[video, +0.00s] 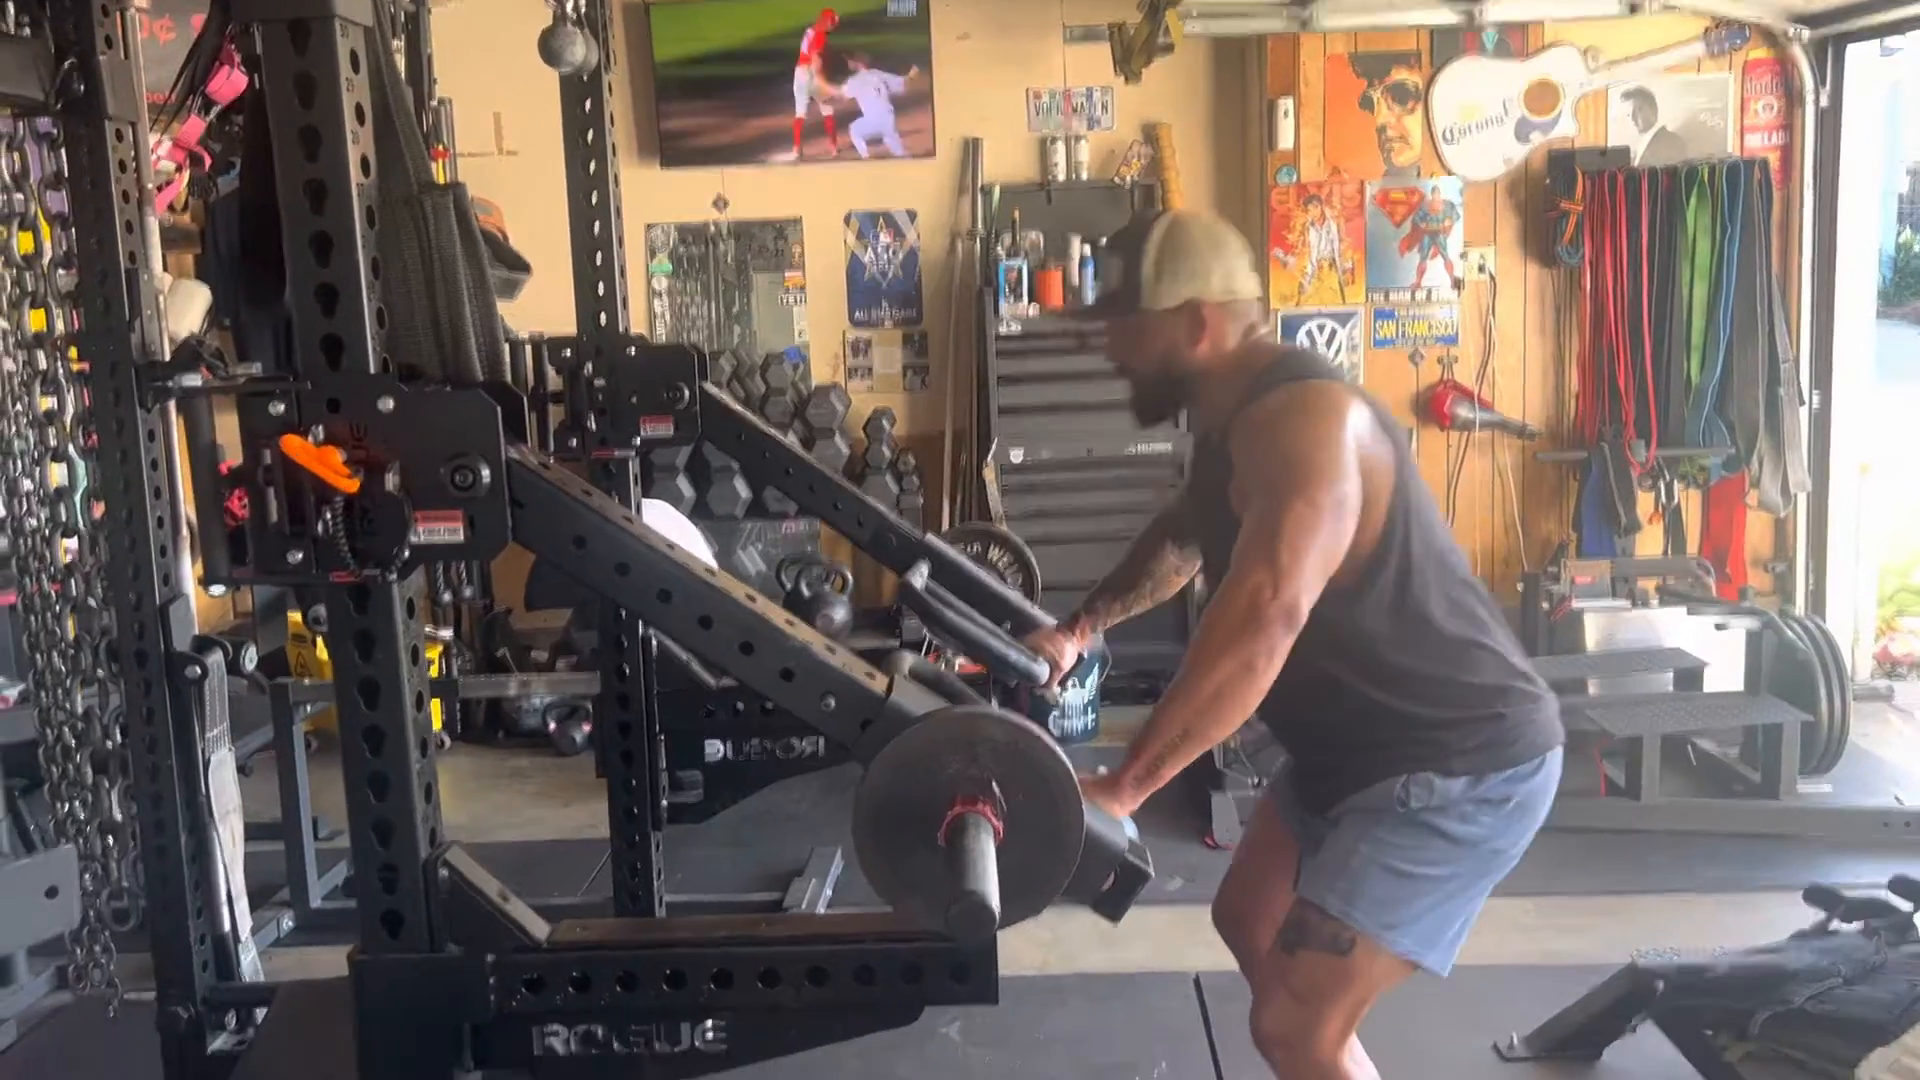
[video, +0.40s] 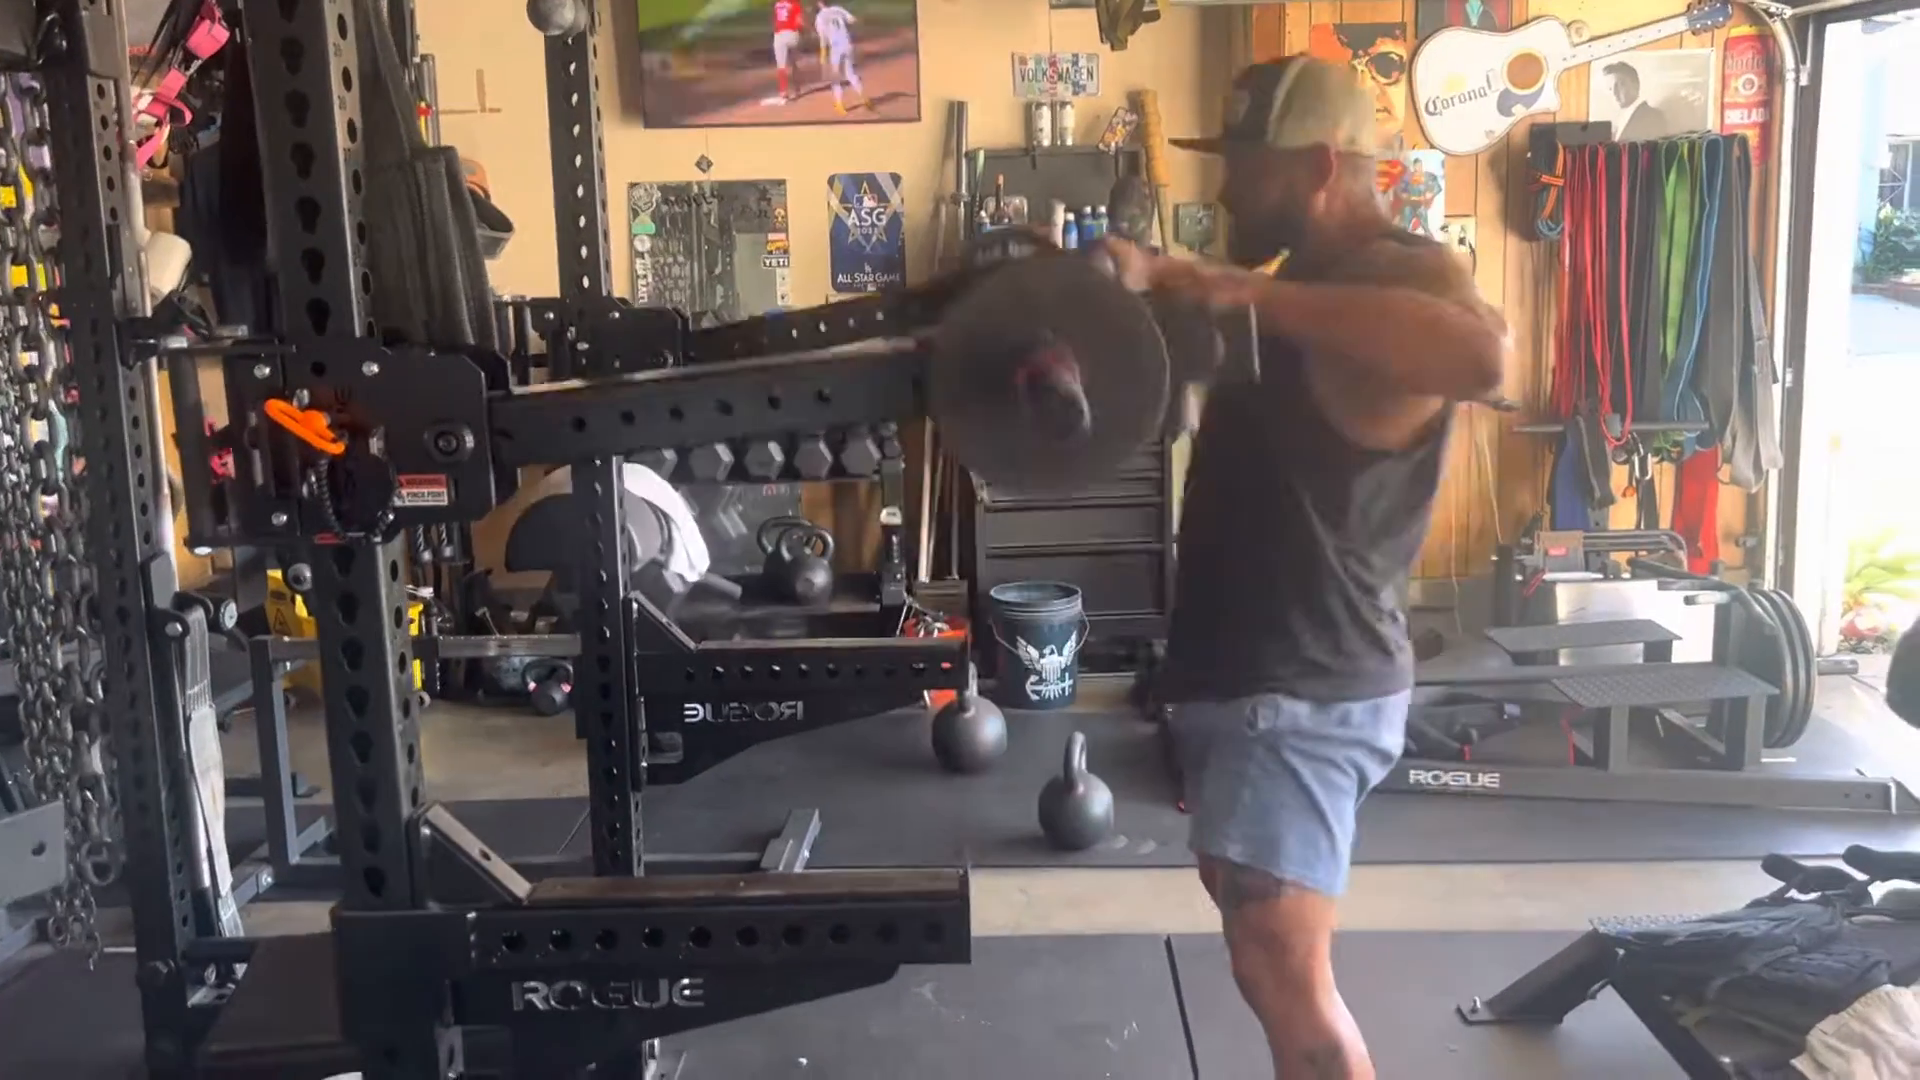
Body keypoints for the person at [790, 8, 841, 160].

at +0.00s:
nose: (833, 28)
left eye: (833, 24)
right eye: (832, 24)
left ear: (821, 20)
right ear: (827, 22)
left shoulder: (809, 31)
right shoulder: (820, 36)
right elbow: (815, 64)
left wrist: (848, 63)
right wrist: (827, 87)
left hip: (799, 71)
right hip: (810, 71)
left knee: (800, 110)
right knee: (827, 108)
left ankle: (796, 148)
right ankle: (833, 146)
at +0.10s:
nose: (822, 14)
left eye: (822, 10)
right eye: (821, 10)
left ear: (808, 9)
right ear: (816, 10)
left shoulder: (799, 21)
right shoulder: (811, 24)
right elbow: (809, 43)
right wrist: (817, 57)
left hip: (794, 55)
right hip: (808, 55)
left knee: (794, 90)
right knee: (820, 88)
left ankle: (793, 126)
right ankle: (826, 118)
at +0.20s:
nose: (808, 6)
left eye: (806, 5)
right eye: (807, 5)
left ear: (796, 4)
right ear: (805, 5)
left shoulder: (789, 12)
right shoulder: (805, 16)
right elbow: (806, 32)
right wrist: (817, 44)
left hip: (788, 44)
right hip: (802, 45)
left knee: (788, 78)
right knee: (811, 70)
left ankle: (788, 109)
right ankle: (813, 97)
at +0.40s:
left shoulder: (778, 4)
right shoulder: (796, 4)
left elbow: (776, 20)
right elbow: (799, 21)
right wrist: (809, 28)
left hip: (779, 33)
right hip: (792, 32)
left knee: (781, 65)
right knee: (794, 63)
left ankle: (783, 92)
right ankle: (797, 89)